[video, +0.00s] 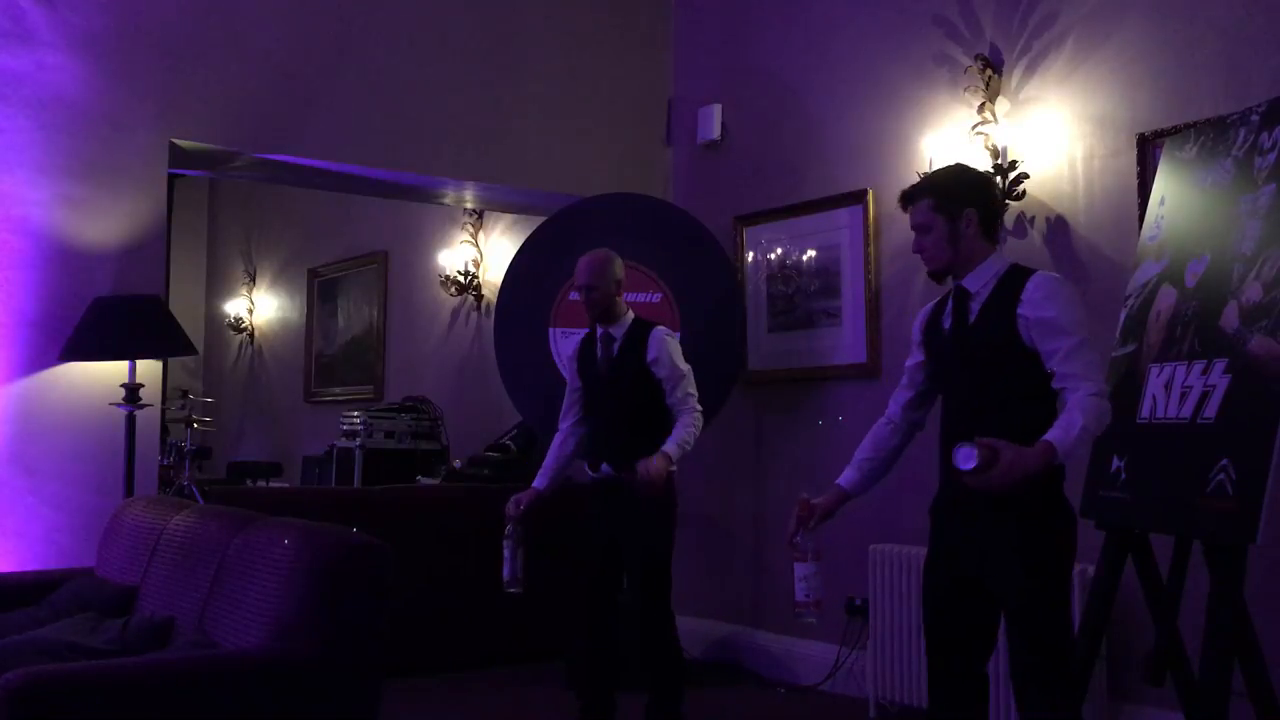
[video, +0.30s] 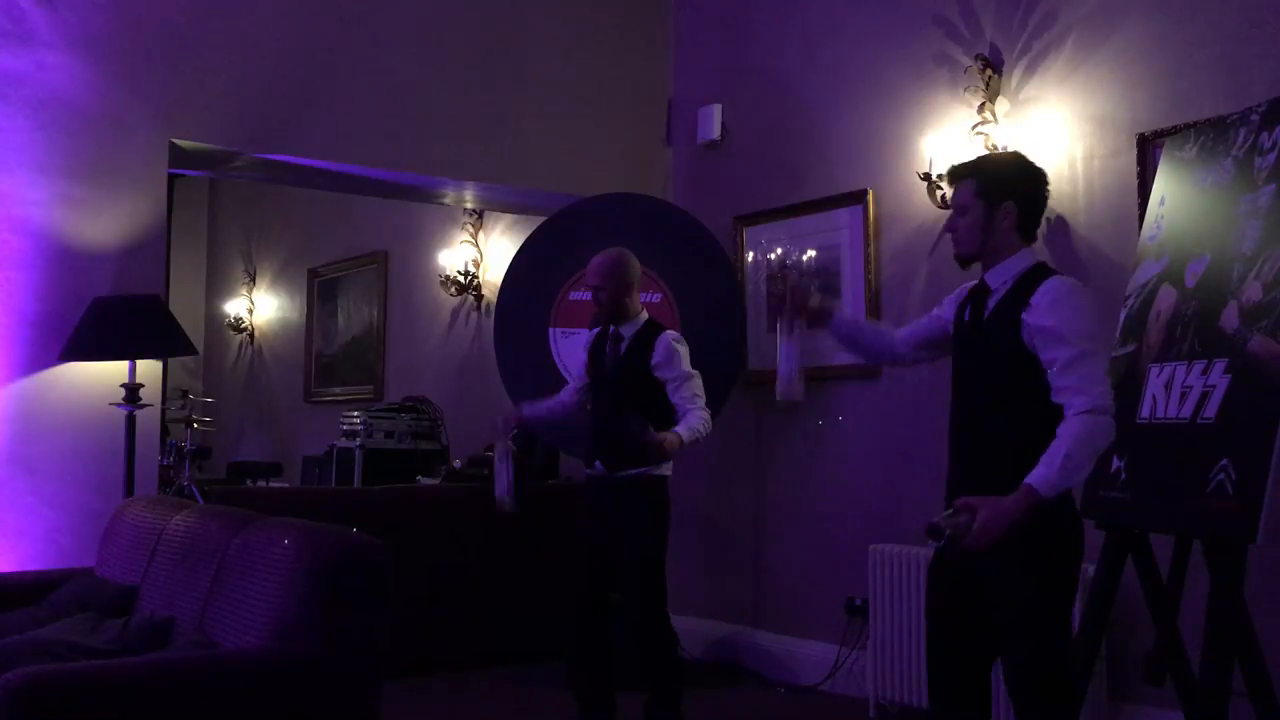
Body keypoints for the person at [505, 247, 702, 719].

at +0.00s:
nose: (582, 298)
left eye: (591, 290)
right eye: (578, 290)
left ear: (618, 288)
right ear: (577, 291)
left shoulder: (658, 343)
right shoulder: (579, 350)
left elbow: (690, 413)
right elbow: (570, 426)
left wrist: (665, 456)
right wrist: (539, 487)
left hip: (648, 490)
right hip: (597, 492)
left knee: (650, 603)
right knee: (594, 602)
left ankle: (664, 707)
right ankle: (595, 705)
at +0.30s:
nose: (591, 298)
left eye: (599, 291)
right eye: (589, 290)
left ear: (627, 290)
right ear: (597, 291)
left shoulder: (664, 344)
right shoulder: (595, 342)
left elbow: (699, 414)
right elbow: (572, 401)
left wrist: (672, 439)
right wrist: (523, 414)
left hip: (644, 488)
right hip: (599, 486)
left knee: (645, 603)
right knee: (594, 598)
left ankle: (662, 705)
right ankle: (595, 702)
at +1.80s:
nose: (590, 306)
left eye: (596, 296)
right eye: (590, 297)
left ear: (623, 295)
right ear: (617, 295)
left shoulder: (659, 353)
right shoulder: (612, 344)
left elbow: (673, 435)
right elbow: (573, 366)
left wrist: (619, 479)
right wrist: (522, 364)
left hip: (645, 492)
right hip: (609, 488)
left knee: (643, 602)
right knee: (598, 597)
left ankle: (662, 701)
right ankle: (597, 698)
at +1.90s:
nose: (590, 303)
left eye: (595, 295)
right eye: (590, 296)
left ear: (619, 296)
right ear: (627, 295)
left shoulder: (652, 354)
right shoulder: (617, 341)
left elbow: (669, 436)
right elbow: (581, 329)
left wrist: (647, 507)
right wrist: (541, 302)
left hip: (637, 494)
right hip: (612, 490)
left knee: (636, 606)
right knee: (607, 600)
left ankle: (660, 702)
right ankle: (598, 698)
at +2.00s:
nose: (588, 302)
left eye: (593, 294)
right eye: (587, 295)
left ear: (614, 296)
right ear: (622, 296)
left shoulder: (646, 352)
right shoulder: (615, 336)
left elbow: (668, 434)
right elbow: (593, 308)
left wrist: (668, 514)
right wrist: (560, 285)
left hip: (636, 494)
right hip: (611, 490)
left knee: (638, 614)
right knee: (606, 606)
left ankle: (657, 707)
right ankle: (599, 701)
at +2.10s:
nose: (586, 305)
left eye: (589, 298)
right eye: (584, 299)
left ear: (607, 299)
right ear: (622, 294)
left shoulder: (643, 354)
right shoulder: (619, 333)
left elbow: (666, 439)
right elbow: (585, 305)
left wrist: (671, 518)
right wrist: (547, 294)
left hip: (635, 495)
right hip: (612, 490)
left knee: (633, 611)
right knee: (609, 605)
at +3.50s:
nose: (596, 311)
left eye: (603, 302)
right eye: (588, 306)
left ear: (620, 307)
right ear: (582, 315)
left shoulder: (640, 353)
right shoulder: (593, 364)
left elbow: (632, 419)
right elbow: (588, 426)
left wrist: (566, 413)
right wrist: (543, 414)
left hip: (617, 486)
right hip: (583, 485)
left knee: (605, 594)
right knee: (582, 593)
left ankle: (602, 697)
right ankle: (586, 697)